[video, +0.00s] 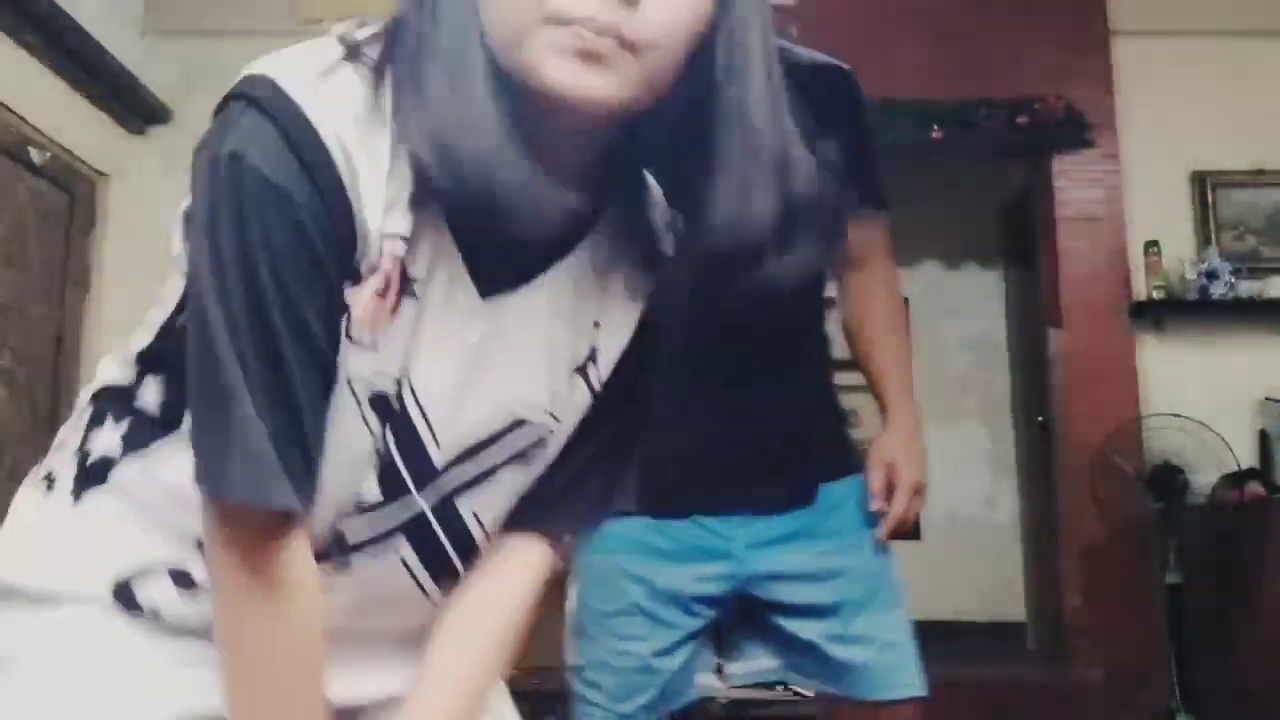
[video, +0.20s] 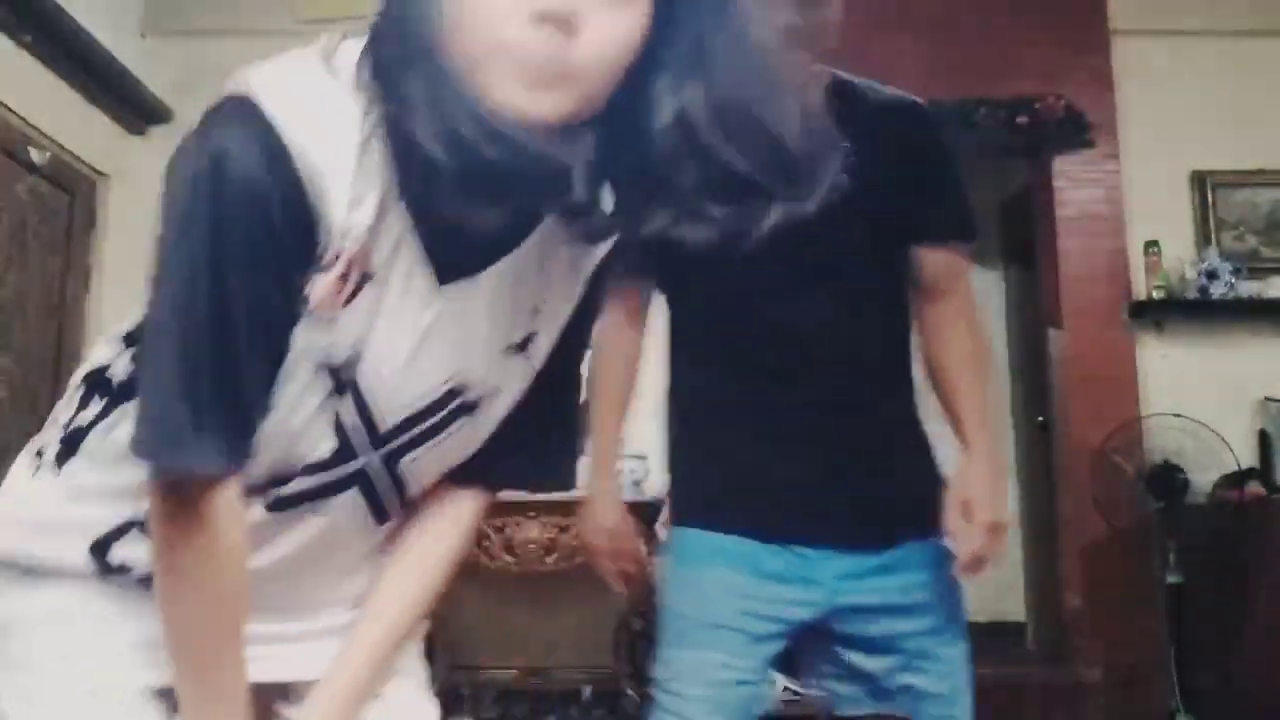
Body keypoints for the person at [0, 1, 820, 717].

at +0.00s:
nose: (615, 5)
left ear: (713, 32)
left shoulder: (653, 255)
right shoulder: (292, 139)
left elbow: (528, 541)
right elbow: (257, 540)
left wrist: (430, 712)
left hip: (391, 658)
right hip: (115, 635)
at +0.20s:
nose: (565, 8)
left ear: (661, 31)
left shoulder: (584, 222)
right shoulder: (267, 149)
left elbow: (463, 487)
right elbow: (193, 492)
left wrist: (335, 702)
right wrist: (218, 707)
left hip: (333, 601)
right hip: (96, 584)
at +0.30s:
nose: (498, 93)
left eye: (548, 59)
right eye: (458, 39)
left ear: (591, 105)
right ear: (377, 52)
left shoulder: (536, 289)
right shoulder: (232, 239)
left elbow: (418, 532)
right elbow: (163, 564)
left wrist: (304, 711)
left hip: (308, 651)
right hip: (81, 645)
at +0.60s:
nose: (430, 183)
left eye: (470, 154)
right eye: (396, 132)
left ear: (498, 179)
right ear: (329, 123)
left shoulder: (450, 301)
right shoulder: (208, 262)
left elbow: (353, 509)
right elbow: (164, 535)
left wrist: (255, 692)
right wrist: (175, 706)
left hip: (274, 580)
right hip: (74, 568)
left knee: (341, 708)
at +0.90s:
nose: (422, 266)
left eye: (458, 239)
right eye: (394, 226)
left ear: (487, 253)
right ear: (345, 219)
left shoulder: (467, 354)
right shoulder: (247, 321)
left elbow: (373, 527)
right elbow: (224, 531)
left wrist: (284, 684)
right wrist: (250, 694)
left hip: (339, 582)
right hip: (178, 575)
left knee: (332, 708)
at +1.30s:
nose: (379, 215)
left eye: (406, 199)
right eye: (358, 187)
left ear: (428, 218)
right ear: (320, 194)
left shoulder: (455, 321)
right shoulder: (262, 296)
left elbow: (426, 485)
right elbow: (249, 468)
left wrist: (355, 636)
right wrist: (267, 634)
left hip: (398, 568)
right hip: (278, 560)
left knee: (356, 705)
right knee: (265, 702)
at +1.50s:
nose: (398, 193)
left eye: (421, 181)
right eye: (382, 169)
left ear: (441, 199)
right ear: (350, 177)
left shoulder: (467, 299)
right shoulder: (307, 290)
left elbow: (473, 442)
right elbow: (288, 428)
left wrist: (431, 576)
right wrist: (277, 553)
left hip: (437, 543)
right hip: (330, 544)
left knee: (395, 701)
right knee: (309, 702)